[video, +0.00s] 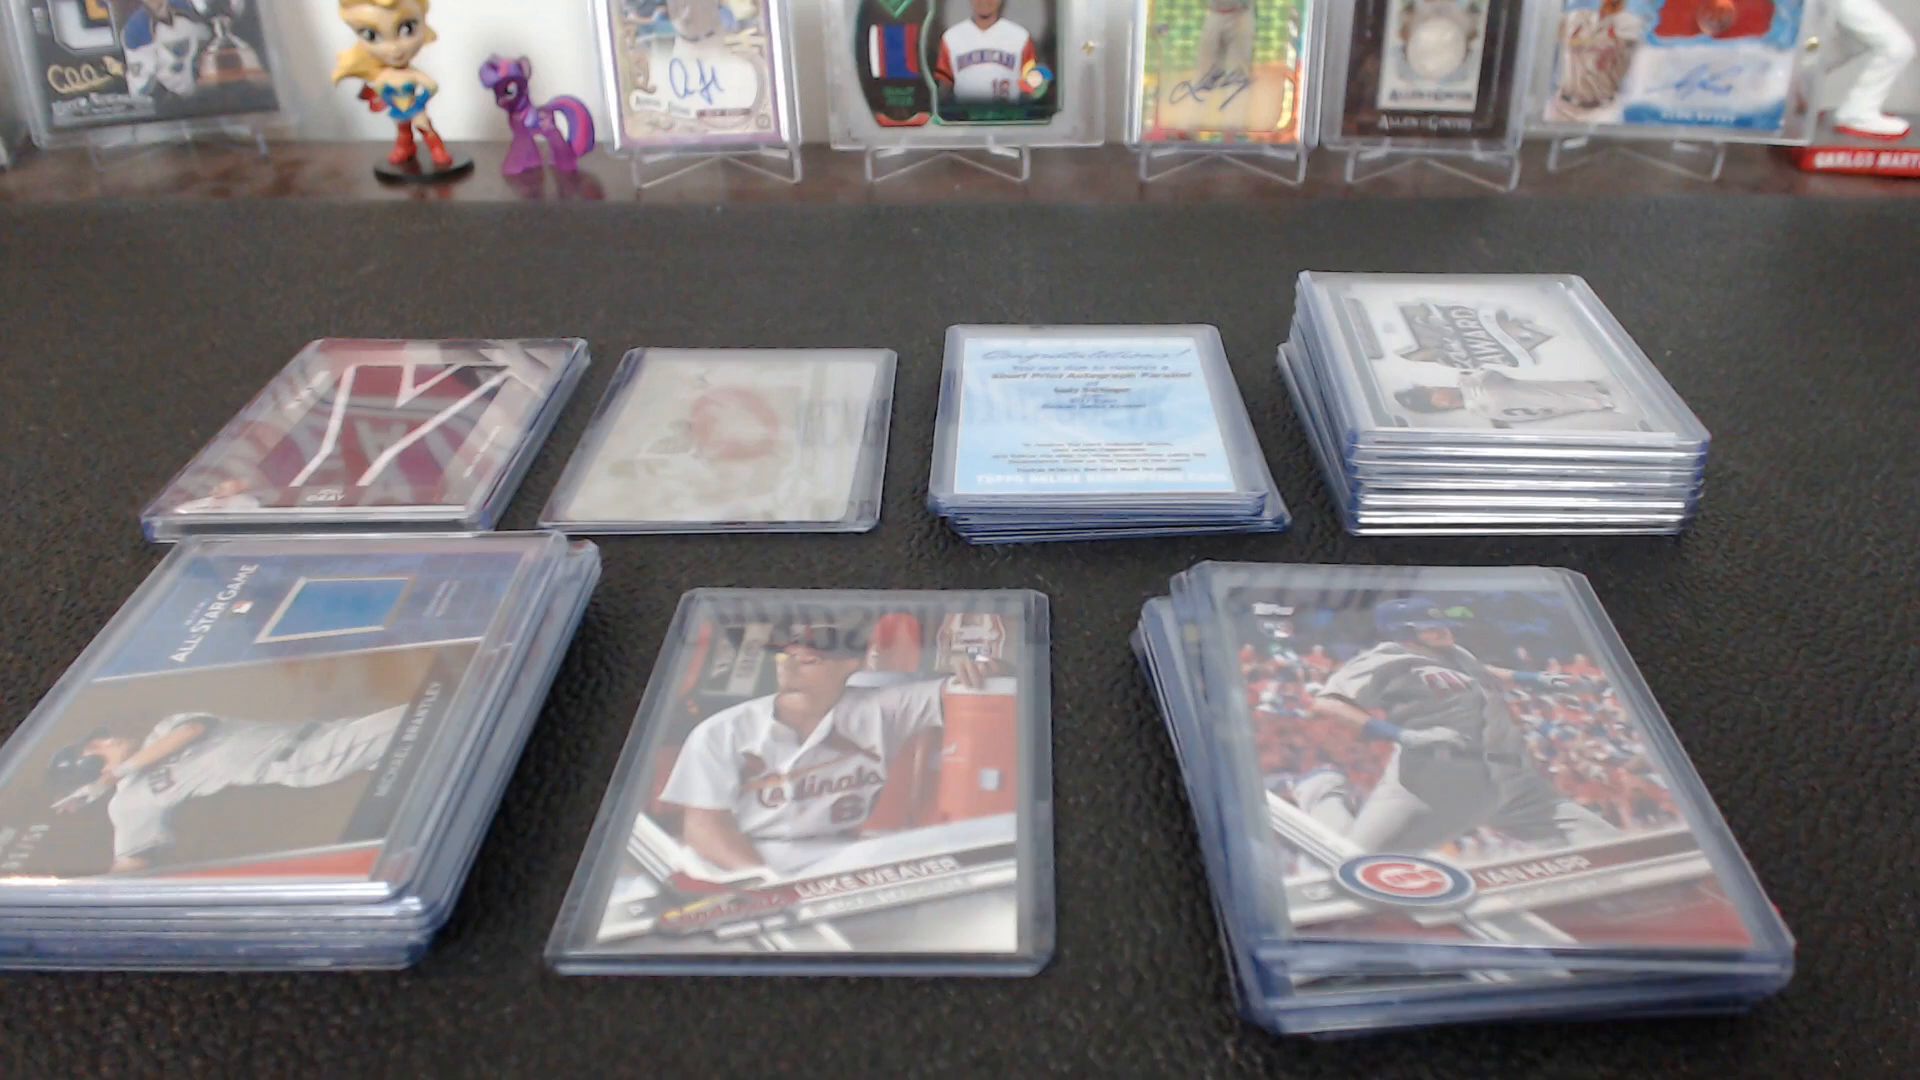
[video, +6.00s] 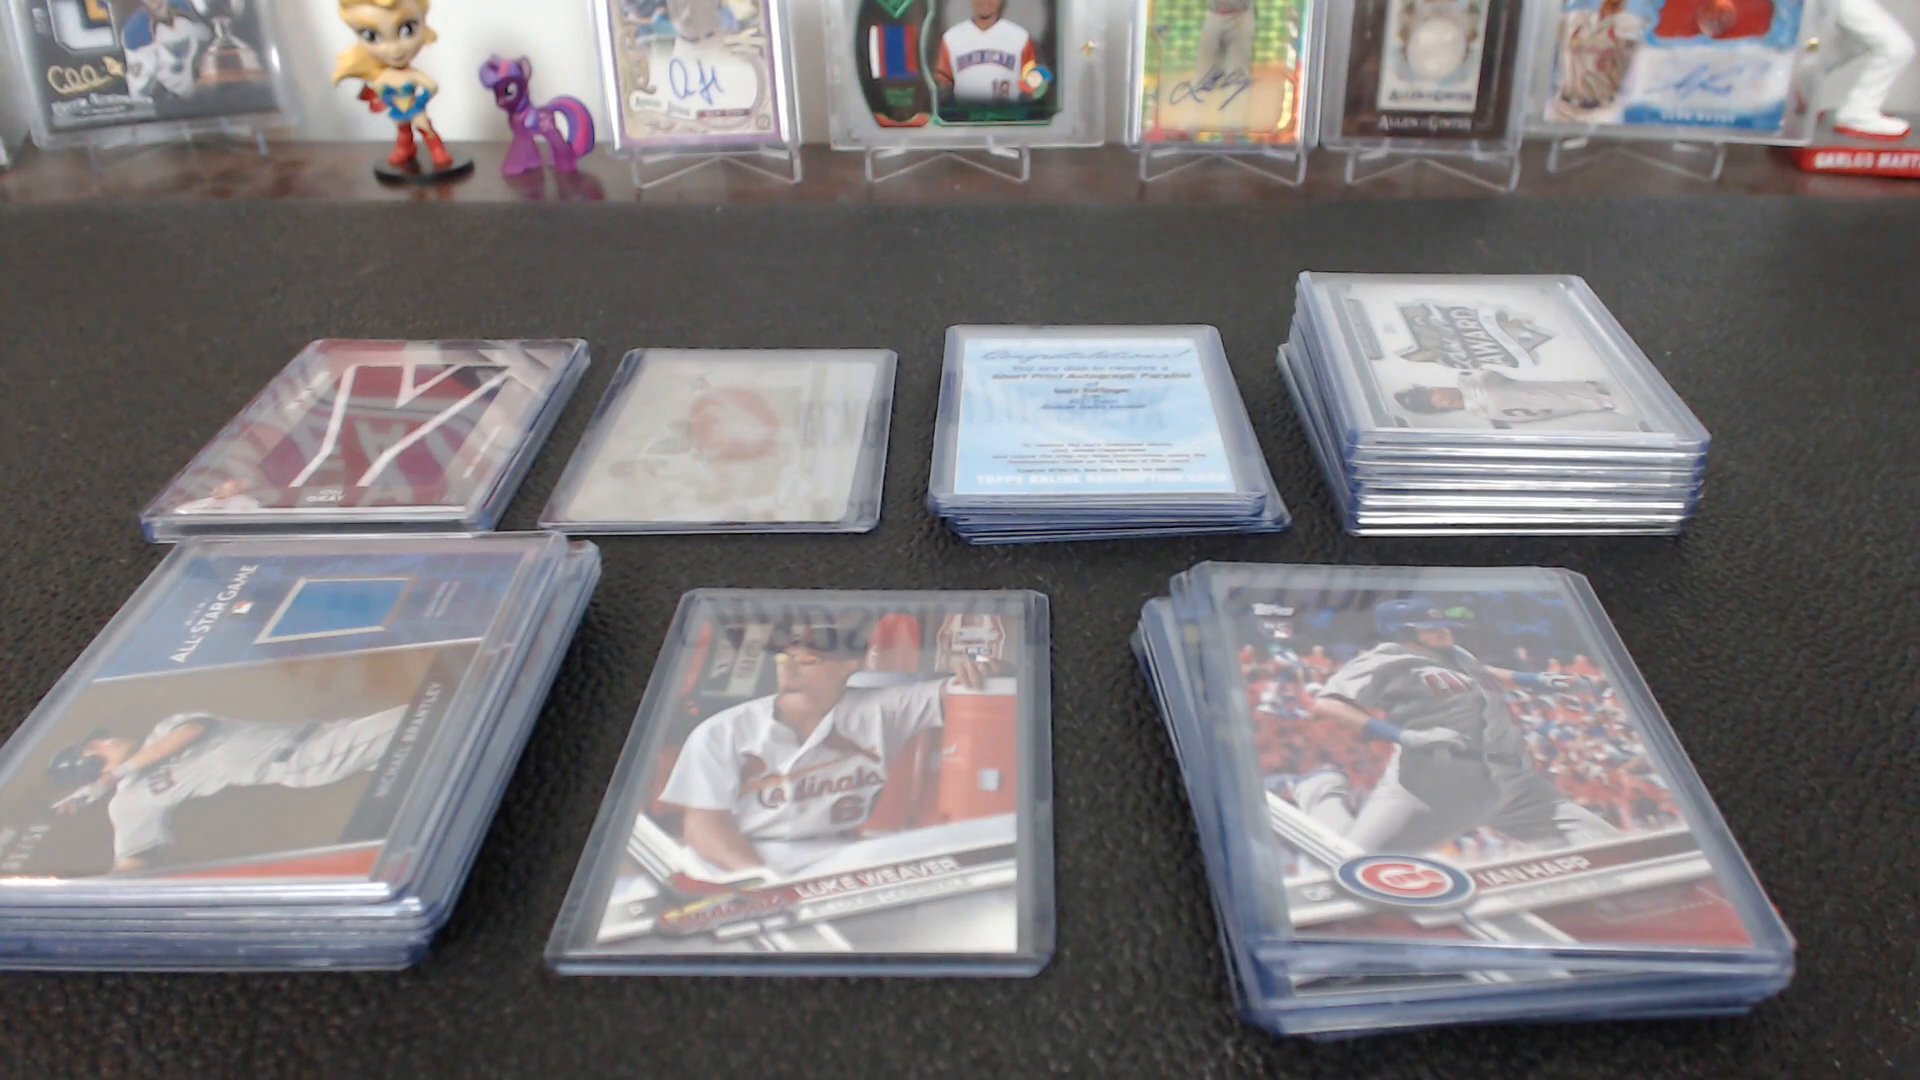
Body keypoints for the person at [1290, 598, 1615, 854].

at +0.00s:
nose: (1445, 629)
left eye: (1445, 621)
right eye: (1432, 622)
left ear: (1448, 623)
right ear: (1405, 628)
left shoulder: (1459, 657)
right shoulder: (1387, 659)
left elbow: (1490, 676)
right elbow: (1327, 704)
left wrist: (1539, 681)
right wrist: (1404, 736)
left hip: (1508, 788)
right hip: (1428, 794)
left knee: (1611, 847)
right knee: (1353, 866)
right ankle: (1320, 792)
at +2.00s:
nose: (1446, 631)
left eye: (1446, 622)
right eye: (1434, 623)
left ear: (1450, 623)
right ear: (1405, 628)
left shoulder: (1458, 656)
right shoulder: (1388, 659)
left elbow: (1488, 676)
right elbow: (1328, 704)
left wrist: (1538, 682)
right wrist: (1404, 736)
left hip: (1508, 788)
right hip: (1427, 796)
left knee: (1609, 846)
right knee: (1352, 868)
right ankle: (1321, 792)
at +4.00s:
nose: (1447, 630)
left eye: (1446, 622)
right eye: (1435, 623)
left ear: (1447, 626)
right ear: (1406, 629)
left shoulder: (1459, 656)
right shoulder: (1387, 659)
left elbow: (1490, 676)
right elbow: (1328, 704)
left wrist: (1539, 682)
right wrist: (1405, 736)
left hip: (1511, 789)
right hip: (1429, 797)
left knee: (1614, 850)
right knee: (1353, 869)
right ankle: (1321, 792)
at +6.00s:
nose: (1445, 631)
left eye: (1444, 622)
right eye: (1433, 623)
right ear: (1406, 630)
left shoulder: (1458, 656)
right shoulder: (1386, 660)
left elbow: (1490, 677)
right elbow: (1328, 704)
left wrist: (1541, 682)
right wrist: (1404, 736)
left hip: (1508, 787)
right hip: (1428, 795)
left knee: (1609, 847)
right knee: (1352, 869)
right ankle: (1321, 792)